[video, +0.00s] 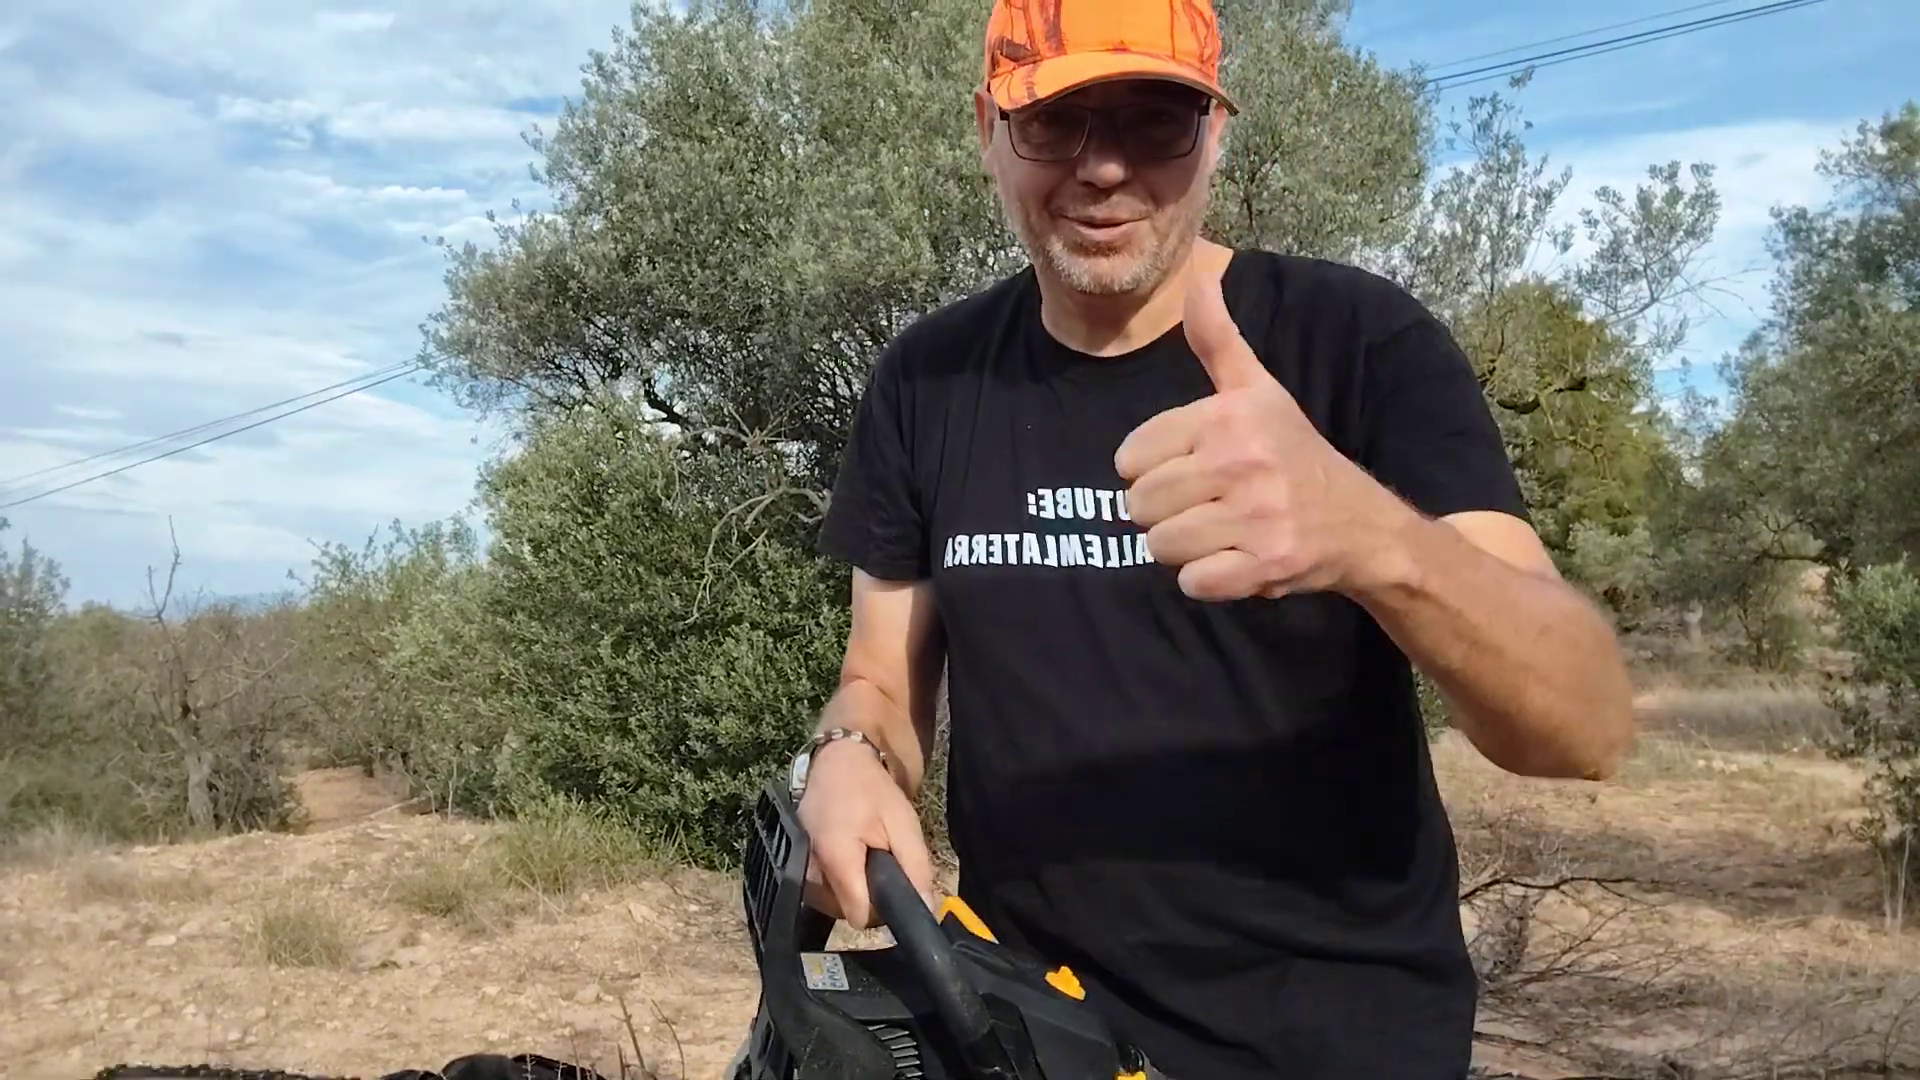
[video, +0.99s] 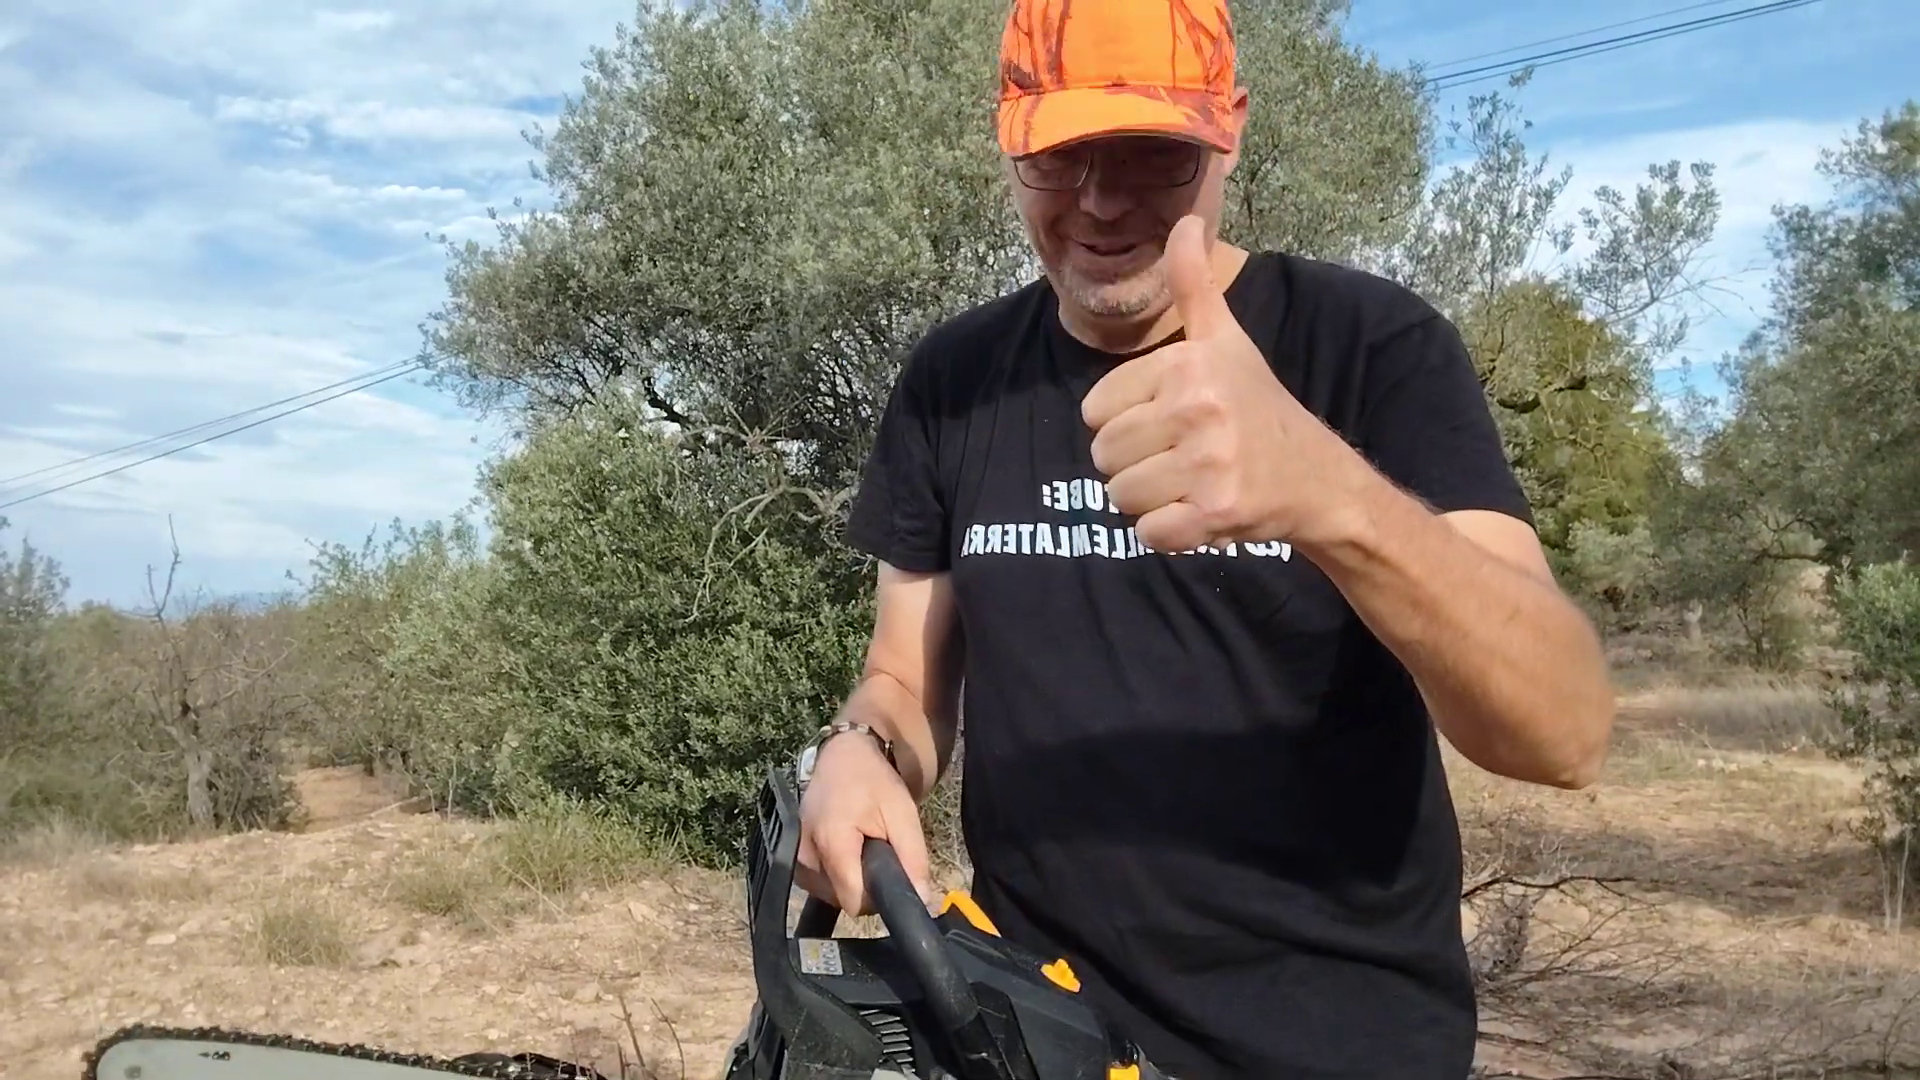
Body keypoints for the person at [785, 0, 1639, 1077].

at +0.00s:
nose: (1101, 172)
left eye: (1152, 124)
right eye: (1057, 124)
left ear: (1214, 131)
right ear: (991, 136)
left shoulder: (1359, 341)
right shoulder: (930, 380)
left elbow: (1586, 731)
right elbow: (881, 687)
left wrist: (1376, 536)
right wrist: (847, 757)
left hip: (1339, 1019)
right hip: (1038, 1019)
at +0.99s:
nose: (1105, 206)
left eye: (1152, 159)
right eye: (1064, 160)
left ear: (1222, 145)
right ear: (1012, 156)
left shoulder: (1372, 344)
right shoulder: (953, 382)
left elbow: (1563, 735)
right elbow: (906, 683)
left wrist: (1331, 495)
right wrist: (861, 753)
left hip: (1343, 1023)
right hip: (1051, 1015)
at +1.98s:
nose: (1239, 233)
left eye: (1291, 201)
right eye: (1214, 185)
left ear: (1368, 182)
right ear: (1172, 147)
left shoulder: (1483, 360)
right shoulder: (1086, 333)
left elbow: (1588, 741)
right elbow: (937, 594)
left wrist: (1272, 797)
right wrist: (854, 543)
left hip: (1407, 1041)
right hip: (1117, 1027)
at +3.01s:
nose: (1152, 184)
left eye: (1198, 155)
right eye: (1122, 144)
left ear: (1256, 181)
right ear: (1072, 158)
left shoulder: (1349, 362)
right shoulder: (991, 360)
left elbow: (1450, 691)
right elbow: (884, 620)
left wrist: (1164, 773)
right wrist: (790, 575)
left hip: (1293, 1020)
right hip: (1020, 1012)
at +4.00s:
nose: (1112, 198)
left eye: (1154, 164)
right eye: (1080, 160)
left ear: (1214, 178)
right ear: (1034, 168)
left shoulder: (1301, 330)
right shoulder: (969, 365)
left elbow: (1333, 649)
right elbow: (862, 616)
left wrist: (994, 759)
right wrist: (826, 702)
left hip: (1299, 1011)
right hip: (1026, 1008)